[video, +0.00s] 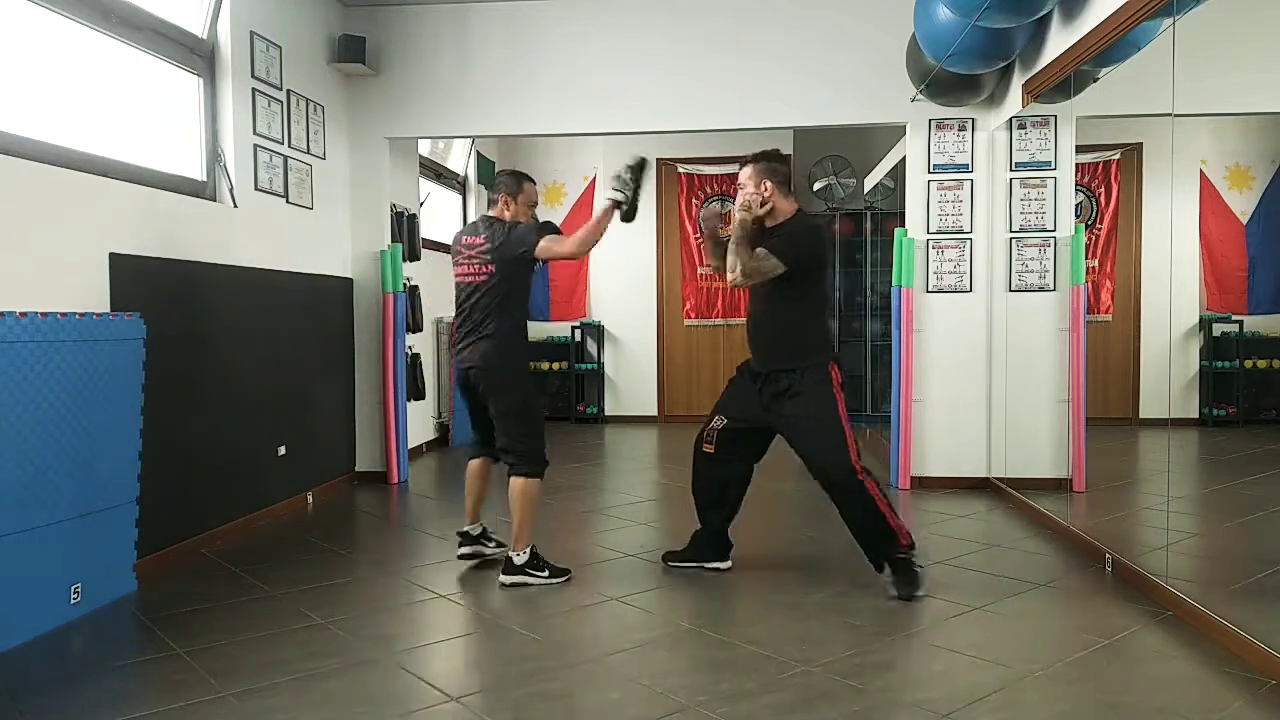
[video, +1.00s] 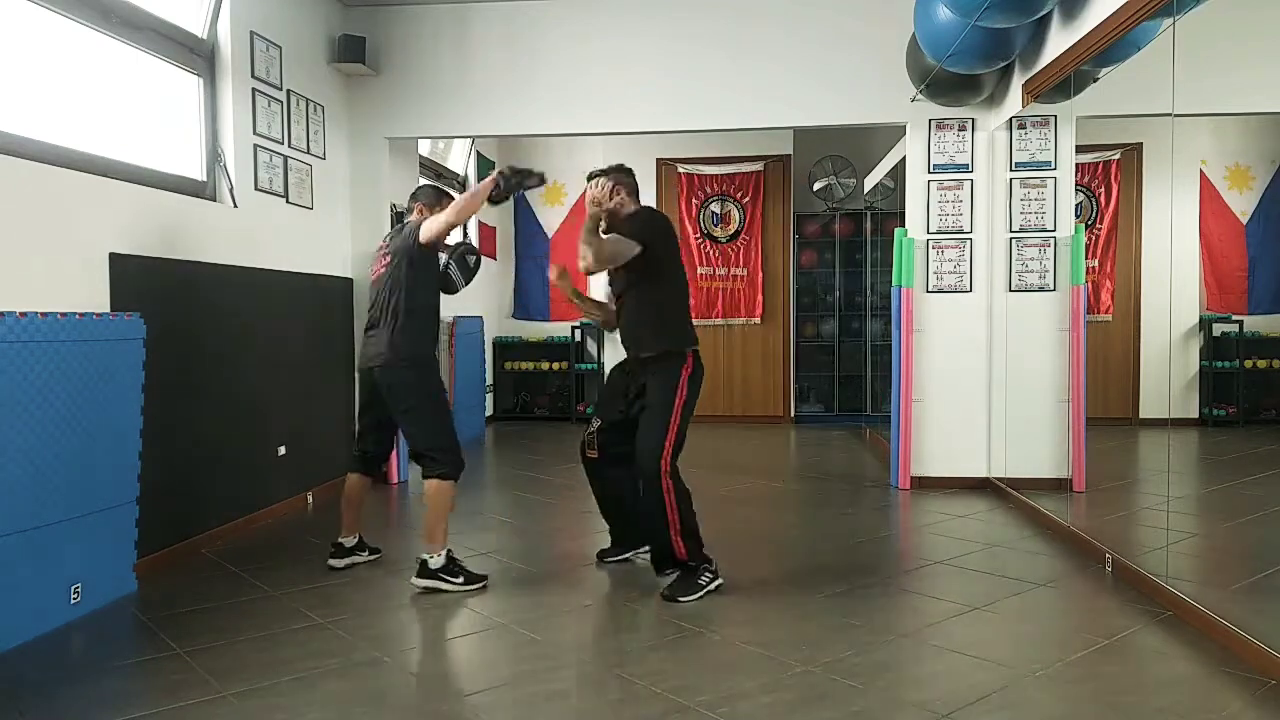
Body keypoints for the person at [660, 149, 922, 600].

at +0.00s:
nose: (739, 196)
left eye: (743, 187)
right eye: (739, 188)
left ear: (767, 189)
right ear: (766, 190)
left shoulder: (806, 232)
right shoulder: (766, 235)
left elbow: (740, 273)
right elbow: (719, 265)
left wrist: (743, 221)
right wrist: (710, 231)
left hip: (809, 376)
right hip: (761, 374)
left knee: (840, 471)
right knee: (714, 449)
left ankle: (898, 557)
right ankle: (712, 544)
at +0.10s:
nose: (719, 198)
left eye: (723, 190)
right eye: (719, 192)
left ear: (748, 192)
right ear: (744, 193)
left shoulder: (792, 235)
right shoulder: (730, 225)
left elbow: (737, 274)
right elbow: (671, 226)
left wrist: (729, 220)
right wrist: (630, 209)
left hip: (795, 373)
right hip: (748, 370)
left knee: (801, 468)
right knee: (700, 448)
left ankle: (826, 560)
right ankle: (707, 544)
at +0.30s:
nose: (676, 218)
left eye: (680, 208)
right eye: (675, 209)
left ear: (706, 207)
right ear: (703, 209)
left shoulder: (744, 250)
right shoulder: (698, 245)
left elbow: (714, 302)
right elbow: (640, 254)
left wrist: (690, 258)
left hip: (746, 381)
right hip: (705, 378)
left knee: (760, 472)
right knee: (651, 447)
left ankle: (817, 562)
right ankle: (650, 544)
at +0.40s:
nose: (653, 212)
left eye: (657, 204)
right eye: (653, 204)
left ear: (678, 203)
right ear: (679, 204)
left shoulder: (709, 241)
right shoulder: (677, 247)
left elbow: (682, 279)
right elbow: (635, 261)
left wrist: (655, 257)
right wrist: (593, 234)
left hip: (717, 376)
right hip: (686, 376)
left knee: (728, 474)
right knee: (638, 446)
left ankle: (818, 551)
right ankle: (642, 545)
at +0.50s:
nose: (632, 209)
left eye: (638, 203)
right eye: (633, 203)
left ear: (662, 204)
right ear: (673, 206)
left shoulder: (673, 231)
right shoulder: (699, 243)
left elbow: (593, 222)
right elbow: (656, 281)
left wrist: (595, 226)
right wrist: (629, 233)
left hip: (696, 370)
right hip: (679, 372)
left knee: (711, 476)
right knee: (633, 446)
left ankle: (795, 557)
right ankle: (639, 544)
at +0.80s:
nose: (635, 194)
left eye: (639, 188)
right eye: (628, 192)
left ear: (628, 205)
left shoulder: (623, 228)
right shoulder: (685, 238)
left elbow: (561, 210)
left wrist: (600, 191)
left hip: (662, 367)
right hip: (674, 364)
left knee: (676, 472)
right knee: (626, 441)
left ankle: (762, 556)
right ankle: (639, 543)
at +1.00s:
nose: (592, 208)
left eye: (595, 199)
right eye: (591, 200)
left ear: (615, 192)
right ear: (619, 195)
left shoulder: (650, 222)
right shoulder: (624, 245)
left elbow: (591, 258)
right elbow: (611, 318)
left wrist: (591, 213)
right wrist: (571, 291)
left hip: (674, 363)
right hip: (637, 366)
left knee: (655, 462)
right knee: (599, 450)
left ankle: (696, 565)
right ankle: (630, 537)